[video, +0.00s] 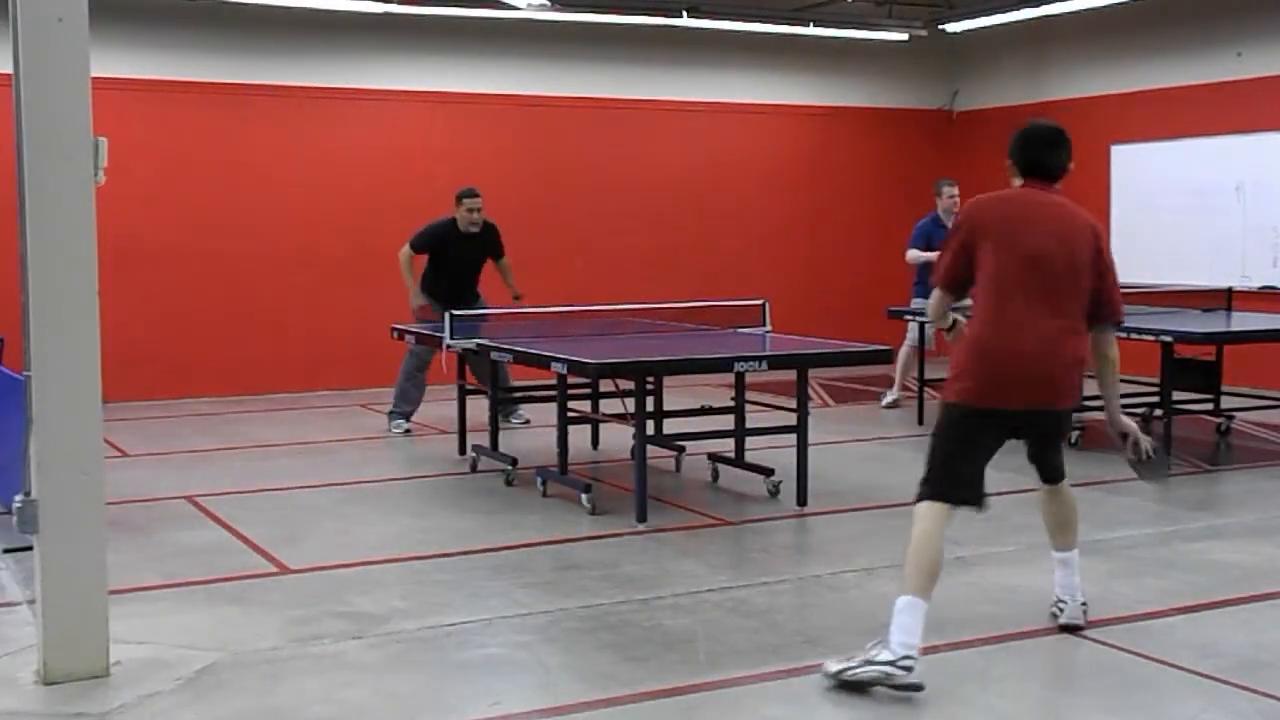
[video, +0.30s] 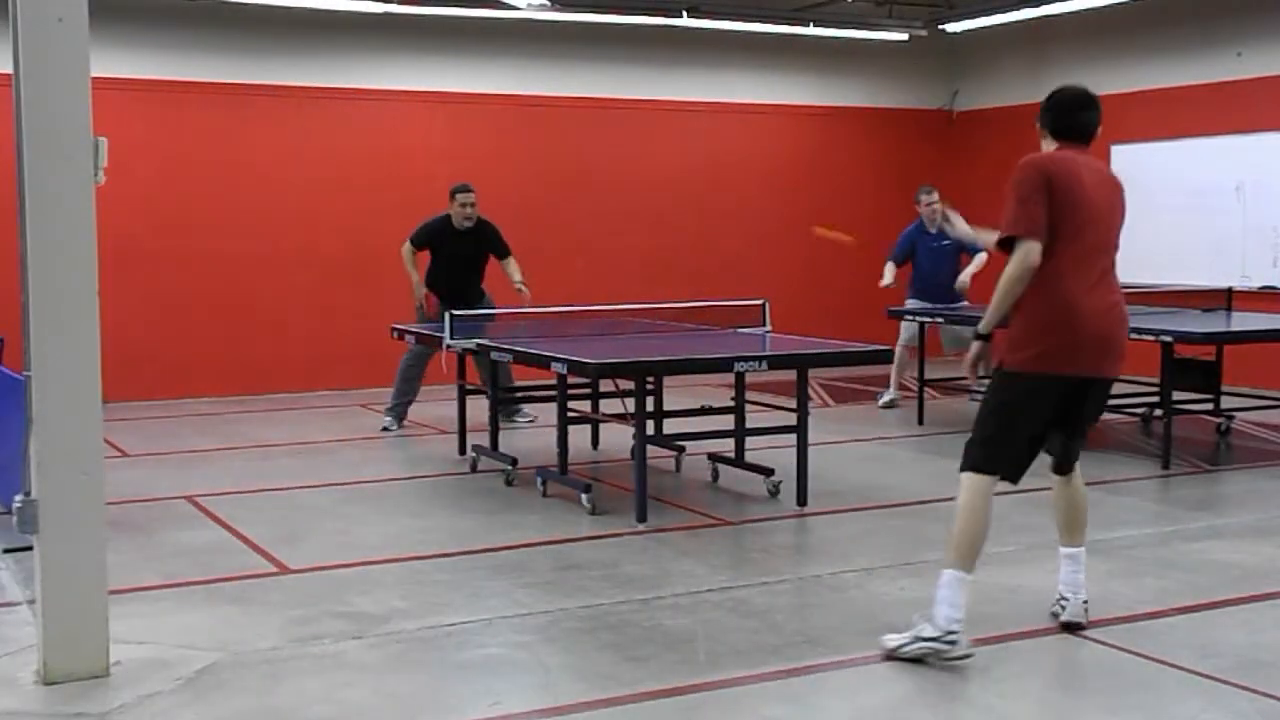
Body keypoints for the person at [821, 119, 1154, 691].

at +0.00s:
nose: (1008, 172)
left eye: (1009, 164)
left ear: (1012, 167)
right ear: (1065, 170)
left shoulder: (981, 212)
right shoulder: (1085, 226)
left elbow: (941, 302)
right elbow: (1104, 330)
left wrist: (947, 321)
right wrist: (1113, 411)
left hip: (982, 380)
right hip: (1055, 385)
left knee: (934, 501)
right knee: (1053, 473)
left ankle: (901, 648)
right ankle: (1070, 599)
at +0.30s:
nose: (1036, 136)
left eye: (1037, 127)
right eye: (1042, 128)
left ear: (1044, 129)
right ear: (1094, 132)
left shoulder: (1039, 170)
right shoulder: (1110, 182)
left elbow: (1027, 256)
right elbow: (1045, 244)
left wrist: (984, 331)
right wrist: (970, 233)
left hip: (1041, 344)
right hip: (1104, 345)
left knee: (979, 472)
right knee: (1066, 466)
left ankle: (945, 625)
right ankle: (1072, 596)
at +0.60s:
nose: (1051, 126)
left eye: (1052, 118)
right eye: (1054, 118)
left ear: (1060, 121)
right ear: (1111, 124)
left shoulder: (1061, 174)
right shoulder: (1130, 180)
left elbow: (1039, 271)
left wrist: (991, 337)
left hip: (1062, 359)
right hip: (1118, 361)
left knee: (1001, 485)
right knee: (1067, 473)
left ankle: (1045, 626)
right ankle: (1092, 594)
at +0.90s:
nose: (1060, 132)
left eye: (1061, 123)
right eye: (1064, 122)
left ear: (1072, 127)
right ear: (1126, 128)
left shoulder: (1061, 188)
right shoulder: (1166, 192)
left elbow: (1032, 291)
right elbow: (1182, 291)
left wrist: (993, 358)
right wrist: (1137, 336)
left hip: (1081, 384)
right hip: (1157, 383)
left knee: (1022, 524)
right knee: (1125, 491)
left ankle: (1078, 672)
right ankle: (1128, 614)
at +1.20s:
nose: (1132, 129)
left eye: (1135, 121)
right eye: (1138, 119)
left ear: (1144, 128)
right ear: (1203, 128)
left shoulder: (1126, 194)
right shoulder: (1249, 199)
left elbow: (1084, 294)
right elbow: (1271, 312)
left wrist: (1034, 374)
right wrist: (1210, 310)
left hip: (1147, 407)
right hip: (1236, 406)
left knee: (1067, 527)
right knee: (1237, 549)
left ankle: (1094, 691)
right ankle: (1279, 670)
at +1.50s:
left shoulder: (1267, 237)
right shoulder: (1265, 238)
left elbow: (1211, 341)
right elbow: (1212, 340)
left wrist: (1221, 406)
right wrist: (1221, 406)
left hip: (1254, 431)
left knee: (1200, 557)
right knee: (1199, 559)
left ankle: (1122, 677)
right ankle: (1124, 675)